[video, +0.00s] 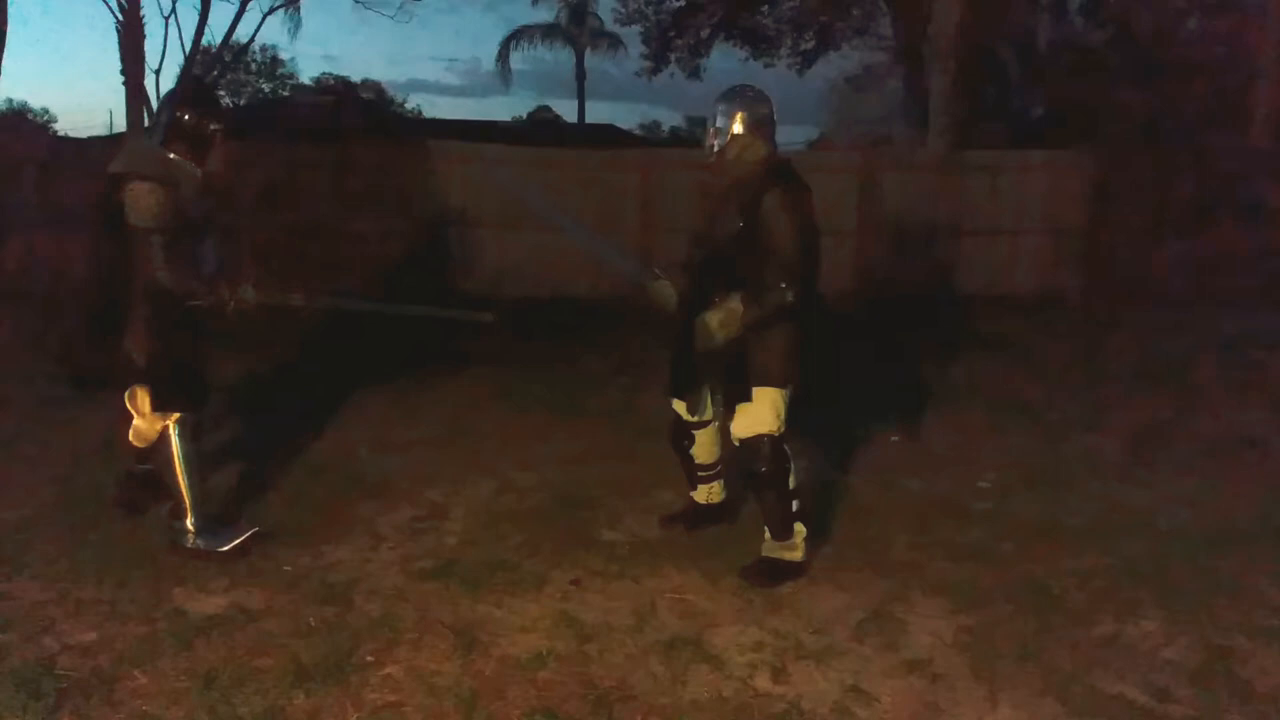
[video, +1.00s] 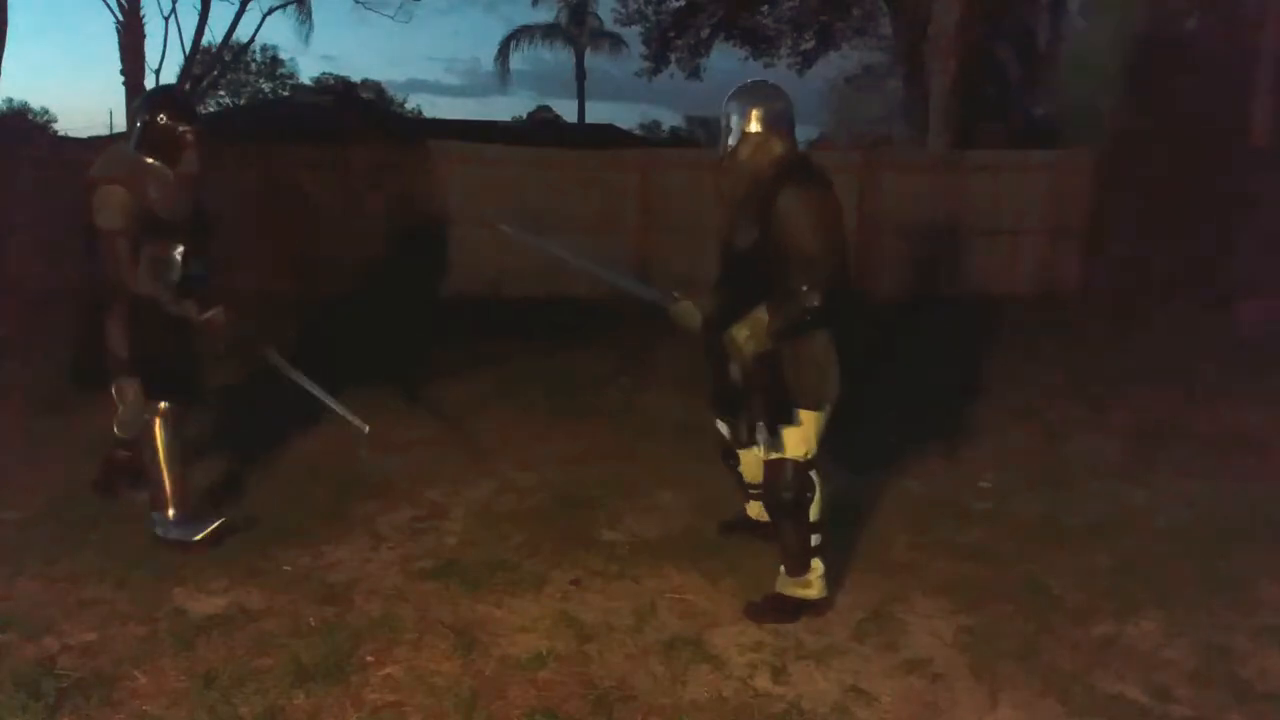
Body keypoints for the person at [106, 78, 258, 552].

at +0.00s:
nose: (215, 144)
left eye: (216, 134)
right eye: (211, 133)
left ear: (182, 129)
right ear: (191, 129)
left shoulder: (184, 179)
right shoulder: (152, 183)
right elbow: (154, 267)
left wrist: (215, 283)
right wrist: (204, 294)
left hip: (171, 308)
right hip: (156, 313)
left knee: (161, 394)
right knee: (178, 406)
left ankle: (138, 472)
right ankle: (194, 522)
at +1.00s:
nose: (187, 138)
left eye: (189, 129)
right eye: (179, 128)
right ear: (154, 127)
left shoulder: (173, 183)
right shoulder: (119, 183)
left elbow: (187, 255)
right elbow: (121, 275)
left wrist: (206, 299)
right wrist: (188, 310)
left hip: (166, 305)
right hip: (137, 308)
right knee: (164, 402)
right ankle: (173, 511)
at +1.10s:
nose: (191, 141)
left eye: (193, 132)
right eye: (184, 131)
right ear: (159, 129)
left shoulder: (175, 184)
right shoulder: (123, 183)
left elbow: (184, 254)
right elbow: (127, 277)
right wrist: (190, 314)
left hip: (168, 305)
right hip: (143, 309)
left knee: (152, 396)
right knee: (170, 402)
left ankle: (124, 466)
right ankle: (176, 512)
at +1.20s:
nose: (195, 142)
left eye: (195, 133)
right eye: (188, 132)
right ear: (165, 129)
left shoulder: (174, 182)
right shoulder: (128, 180)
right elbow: (128, 274)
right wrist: (195, 312)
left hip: (175, 306)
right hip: (152, 310)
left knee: (160, 400)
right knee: (177, 406)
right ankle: (176, 513)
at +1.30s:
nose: (206, 143)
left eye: (205, 133)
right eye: (199, 132)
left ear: (169, 132)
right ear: (175, 131)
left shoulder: (180, 183)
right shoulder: (137, 182)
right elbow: (136, 277)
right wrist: (205, 312)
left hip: (177, 309)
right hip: (156, 311)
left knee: (171, 404)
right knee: (176, 409)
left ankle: (167, 503)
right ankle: (178, 514)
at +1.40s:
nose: (212, 143)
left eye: (212, 133)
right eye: (206, 132)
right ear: (184, 130)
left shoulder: (189, 183)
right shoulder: (147, 183)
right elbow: (139, 272)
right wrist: (201, 302)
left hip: (188, 308)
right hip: (165, 312)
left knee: (181, 405)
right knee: (181, 410)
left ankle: (172, 505)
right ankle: (178, 513)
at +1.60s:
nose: (231, 140)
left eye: (233, 131)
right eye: (225, 129)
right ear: (202, 129)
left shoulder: (212, 181)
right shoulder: (162, 183)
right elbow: (166, 273)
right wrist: (226, 289)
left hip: (209, 308)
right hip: (179, 310)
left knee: (211, 402)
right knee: (191, 408)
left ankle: (202, 489)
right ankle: (177, 514)